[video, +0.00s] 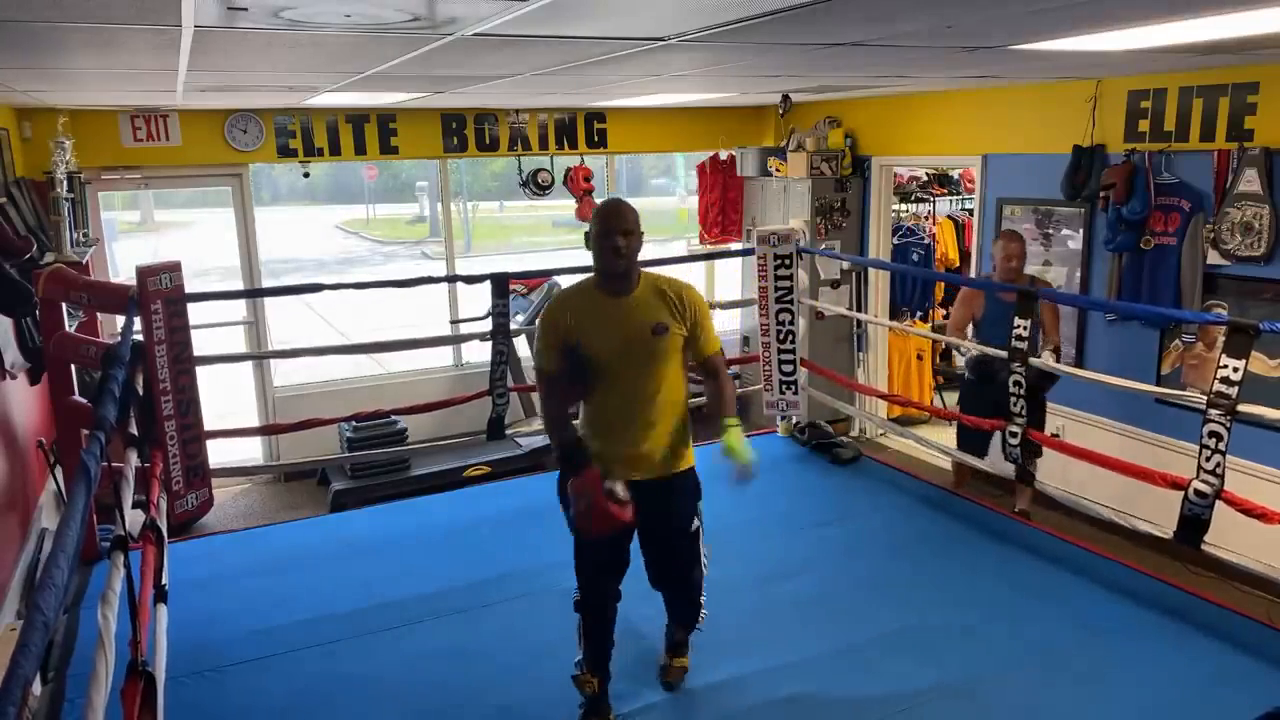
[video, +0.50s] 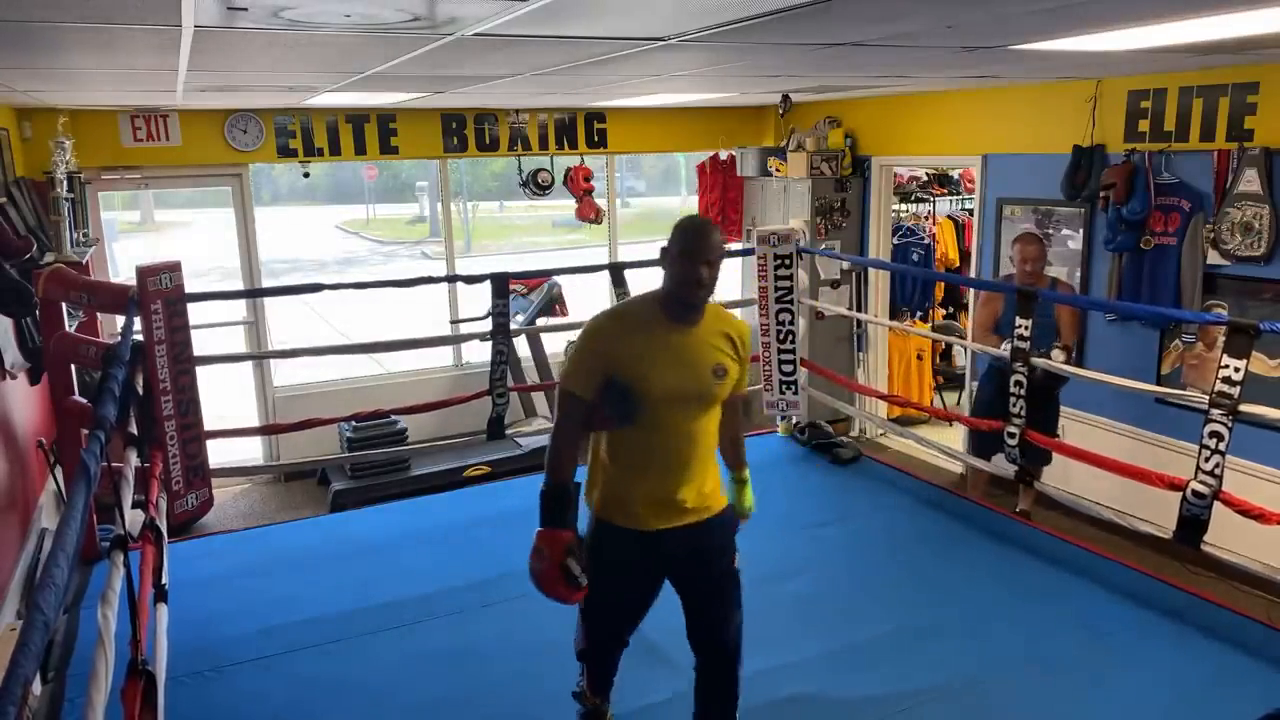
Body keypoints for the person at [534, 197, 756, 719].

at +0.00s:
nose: (618, 244)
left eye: (627, 234)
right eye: (607, 235)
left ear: (642, 239)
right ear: (589, 241)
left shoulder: (681, 300)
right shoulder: (562, 314)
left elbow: (717, 371)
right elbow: (552, 406)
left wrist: (731, 429)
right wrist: (580, 470)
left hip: (670, 475)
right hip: (598, 479)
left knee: (683, 582)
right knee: (597, 594)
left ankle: (679, 640)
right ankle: (596, 694)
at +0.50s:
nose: (703, 275)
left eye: (713, 263)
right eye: (691, 261)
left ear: (723, 267)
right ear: (665, 257)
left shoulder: (731, 334)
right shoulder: (608, 333)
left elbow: (730, 414)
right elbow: (567, 430)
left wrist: (741, 484)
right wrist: (556, 524)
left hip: (703, 523)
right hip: (623, 528)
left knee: (721, 654)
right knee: (603, 638)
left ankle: (716, 719)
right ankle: (595, 702)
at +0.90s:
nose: (781, 299)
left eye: (789, 287)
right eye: (774, 284)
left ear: (794, 279)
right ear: (740, 265)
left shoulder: (790, 347)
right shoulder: (657, 336)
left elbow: (795, 451)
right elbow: (609, 442)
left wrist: (767, 519)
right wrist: (639, 503)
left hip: (748, 555)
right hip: (675, 559)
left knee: (728, 699)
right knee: (694, 706)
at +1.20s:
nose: (792, 331)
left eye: (802, 318)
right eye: (783, 319)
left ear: (808, 304)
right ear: (744, 296)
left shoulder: (809, 352)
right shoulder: (664, 367)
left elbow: (827, 467)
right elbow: (627, 498)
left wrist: (797, 529)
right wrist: (701, 497)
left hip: (792, 589)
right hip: (707, 599)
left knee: (795, 709)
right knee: (716, 712)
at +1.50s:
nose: (851, 343)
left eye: (860, 328)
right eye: (842, 325)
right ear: (797, 300)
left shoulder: (856, 372)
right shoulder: (699, 387)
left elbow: (864, 480)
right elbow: (652, 519)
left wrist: (919, 573)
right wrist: (684, 621)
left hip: (843, 624)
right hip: (743, 647)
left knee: (889, 711)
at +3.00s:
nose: (884, 388)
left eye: (920, 369)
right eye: (872, 355)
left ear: (975, 358)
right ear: (857, 337)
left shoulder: (1047, 480)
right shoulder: (801, 441)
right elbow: (752, 560)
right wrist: (698, 603)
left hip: (970, 710)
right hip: (837, 697)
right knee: (750, 711)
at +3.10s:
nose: (895, 385)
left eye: (931, 367)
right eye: (883, 351)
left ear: (992, 365)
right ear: (872, 333)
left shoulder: (1058, 502)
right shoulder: (810, 438)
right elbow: (750, 553)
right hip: (828, 701)